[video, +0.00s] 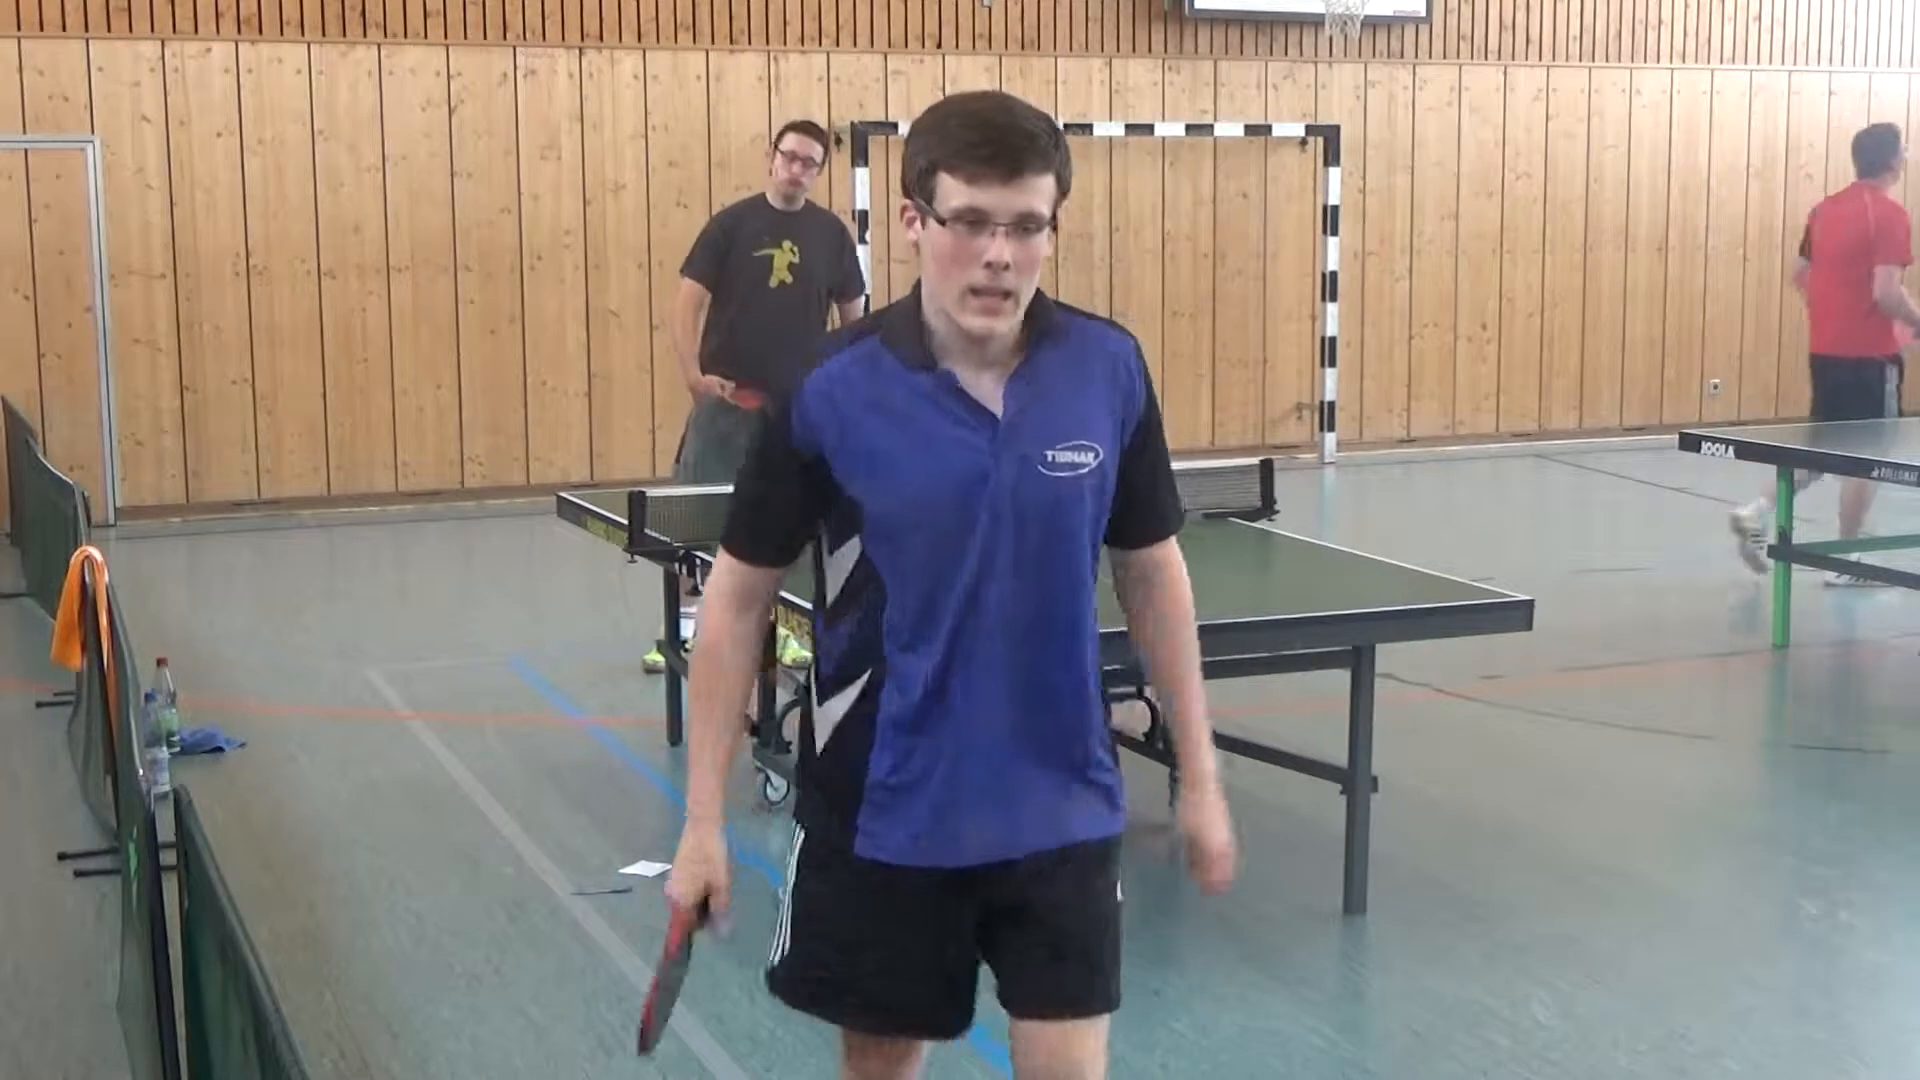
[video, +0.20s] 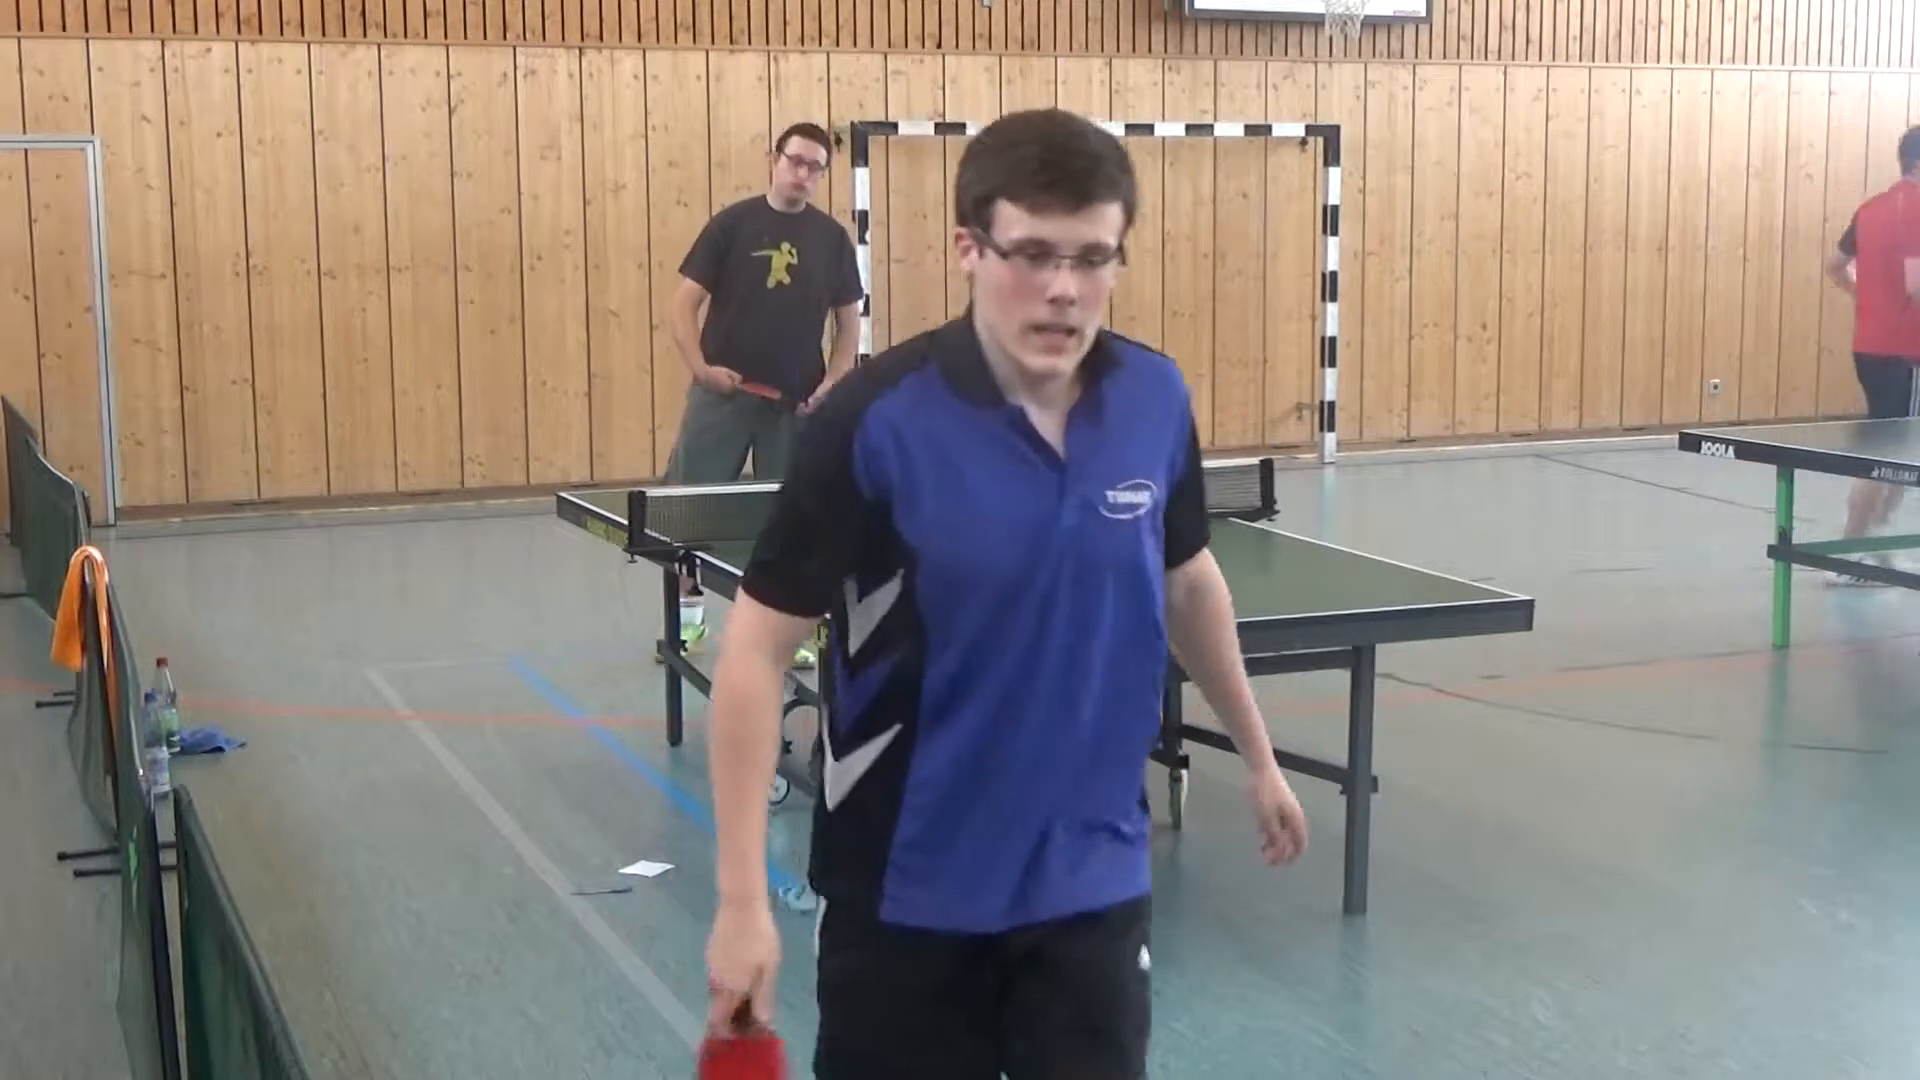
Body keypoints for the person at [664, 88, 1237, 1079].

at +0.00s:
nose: (999, 258)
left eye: (1026, 228)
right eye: (971, 223)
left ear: (1055, 231)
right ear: (914, 221)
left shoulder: (1105, 367)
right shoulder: (834, 395)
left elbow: (1153, 572)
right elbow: (736, 601)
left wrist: (1198, 775)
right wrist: (702, 822)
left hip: (1059, 804)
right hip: (886, 809)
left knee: (1069, 1064)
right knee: (880, 1059)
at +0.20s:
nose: (1063, 290)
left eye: (1091, 259)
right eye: (1033, 254)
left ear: (1120, 260)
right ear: (968, 250)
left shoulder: (1150, 394)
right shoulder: (869, 421)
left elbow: (1188, 580)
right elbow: (756, 643)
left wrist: (1258, 759)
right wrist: (739, 902)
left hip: (1093, 888)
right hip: (906, 901)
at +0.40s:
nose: (1139, 269)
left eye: (1173, 237)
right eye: (1107, 230)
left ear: (1203, 242)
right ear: (1040, 222)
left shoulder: (1239, 400)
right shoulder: (925, 405)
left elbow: (1266, 620)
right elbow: (818, 646)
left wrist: (1308, 825)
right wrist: (834, 900)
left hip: (1189, 929)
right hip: (978, 941)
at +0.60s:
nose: (1209, 260)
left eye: (1242, 223)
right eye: (1172, 220)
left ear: (1276, 225)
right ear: (1097, 219)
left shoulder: (1318, 415)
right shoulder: (979, 424)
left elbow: (1364, 676)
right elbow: (873, 689)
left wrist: (1407, 930)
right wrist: (883, 977)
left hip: (1274, 972)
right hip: (1067, 981)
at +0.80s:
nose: (1296, 298)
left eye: (1327, 252)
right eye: (1250, 256)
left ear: (1363, 248)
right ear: (1165, 261)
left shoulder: (1415, 454)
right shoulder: (1047, 493)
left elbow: (1479, 703)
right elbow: (950, 795)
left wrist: (1530, 904)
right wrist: (951, 1059)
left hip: (1371, 1027)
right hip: (1157, 1043)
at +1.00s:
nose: (1408, 279)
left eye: (1445, 226)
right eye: (1358, 230)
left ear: (1488, 211)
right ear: (1256, 224)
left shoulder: (1532, 432)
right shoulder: (1135, 494)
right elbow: (1040, 837)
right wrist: (1038, 1069)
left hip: (1521, 1049)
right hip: (1269, 1059)